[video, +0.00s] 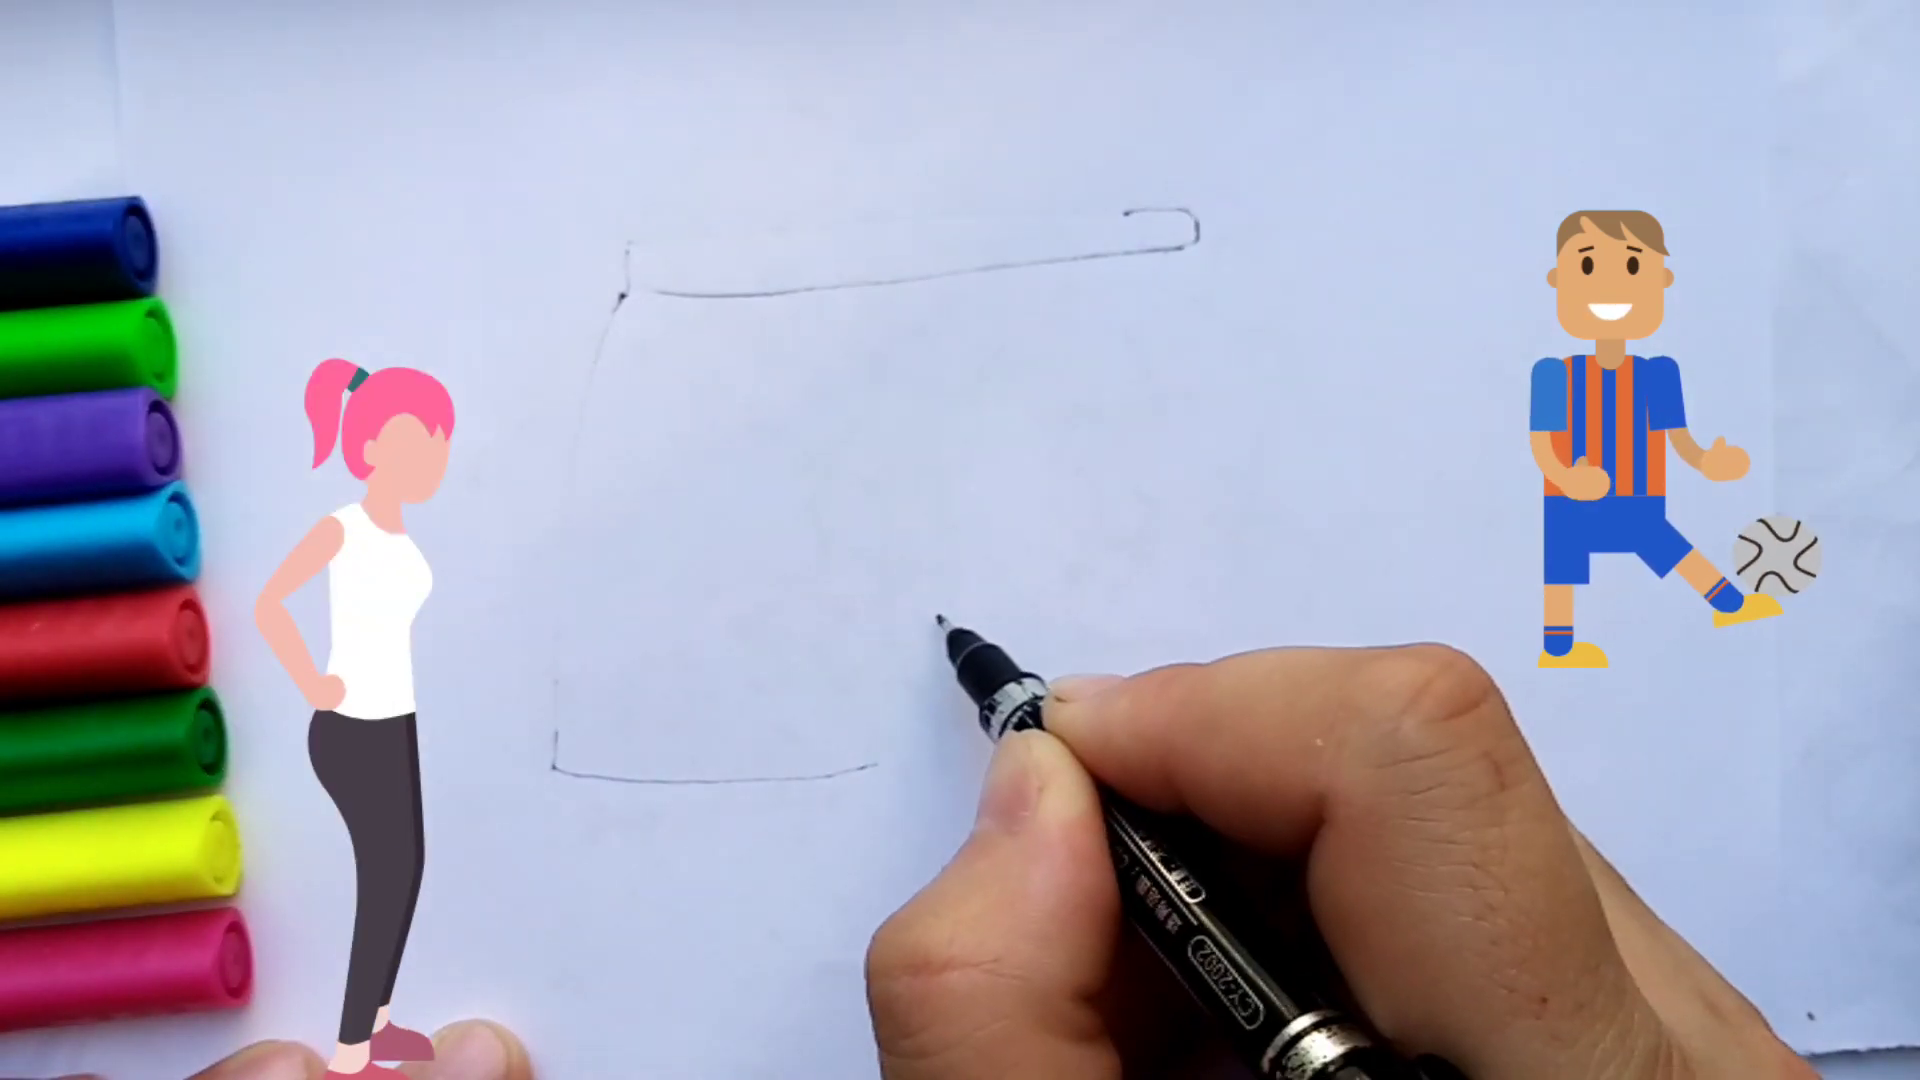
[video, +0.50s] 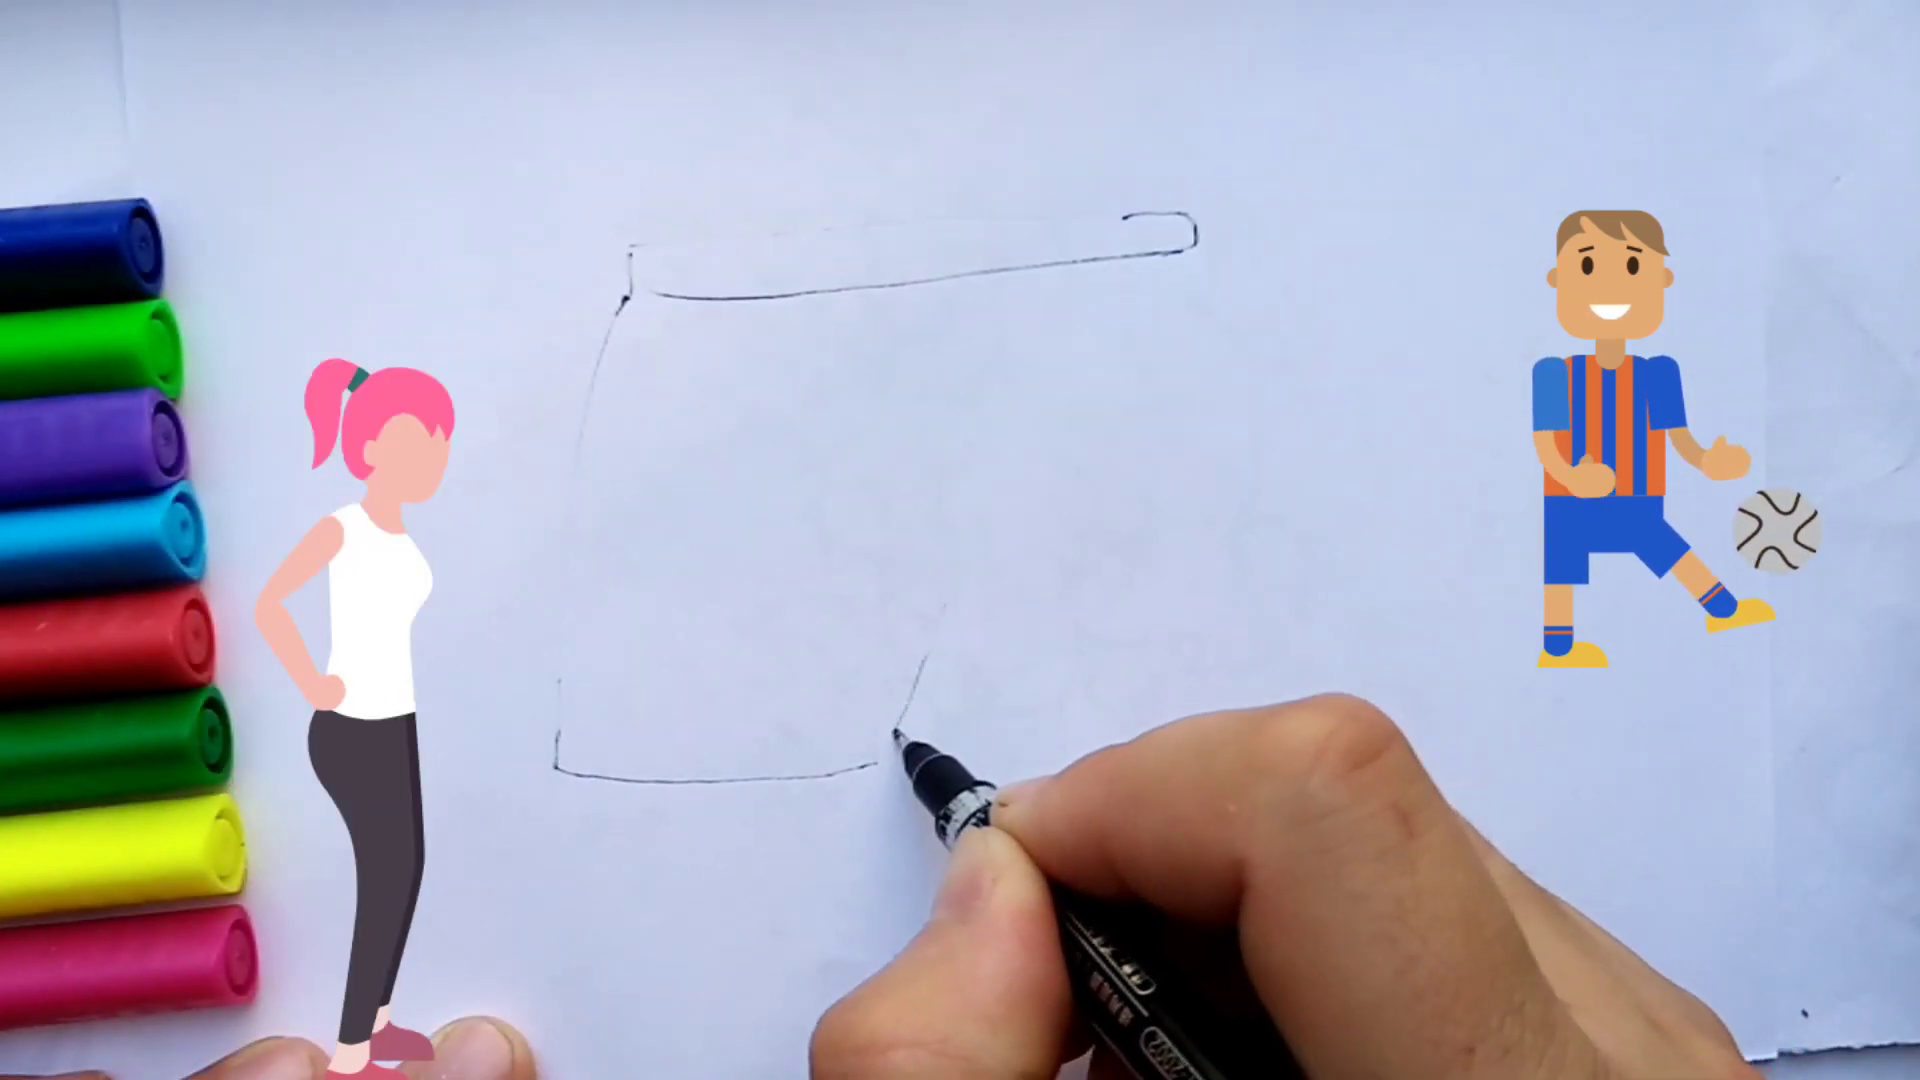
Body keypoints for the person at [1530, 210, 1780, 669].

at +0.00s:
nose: (1610, 287)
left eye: (1631, 267)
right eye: (1590, 267)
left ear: (1661, 283)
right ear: (1561, 283)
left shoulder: (1657, 374)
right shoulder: (1555, 375)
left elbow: (1680, 437)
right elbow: (1542, 442)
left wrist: (1707, 462)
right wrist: (1566, 479)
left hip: (1634, 505)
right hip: (1570, 508)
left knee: (1675, 551)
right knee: (1560, 572)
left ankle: (1729, 602)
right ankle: (1557, 646)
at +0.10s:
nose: (1610, 287)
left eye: (1632, 267)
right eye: (1589, 267)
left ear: (1661, 283)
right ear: (1560, 284)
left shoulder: (1656, 374)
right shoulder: (1555, 373)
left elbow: (1681, 436)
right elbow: (1545, 439)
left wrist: (1708, 462)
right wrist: (1570, 477)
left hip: (1632, 505)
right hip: (1569, 507)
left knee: (1670, 551)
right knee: (1561, 570)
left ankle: (1723, 607)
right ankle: (1557, 645)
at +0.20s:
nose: (1610, 287)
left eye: (1631, 267)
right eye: (1589, 266)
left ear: (1662, 283)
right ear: (1559, 283)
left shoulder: (1656, 374)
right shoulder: (1558, 373)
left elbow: (1683, 438)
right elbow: (1550, 441)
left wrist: (1710, 462)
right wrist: (1579, 474)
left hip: (1631, 506)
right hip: (1570, 506)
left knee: (1665, 552)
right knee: (1562, 569)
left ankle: (1713, 615)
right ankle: (1558, 646)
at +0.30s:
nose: (1610, 287)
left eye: (1631, 266)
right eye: (1589, 267)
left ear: (1662, 283)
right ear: (1558, 283)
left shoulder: (1655, 373)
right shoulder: (1560, 373)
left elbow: (1681, 434)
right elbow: (1554, 439)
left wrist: (1710, 460)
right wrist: (1582, 470)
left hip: (1630, 505)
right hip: (1570, 506)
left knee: (1663, 554)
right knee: (1561, 570)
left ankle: (1707, 622)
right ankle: (1557, 647)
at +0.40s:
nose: (1610, 287)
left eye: (1631, 267)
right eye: (1589, 266)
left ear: (1662, 283)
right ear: (1559, 283)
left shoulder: (1656, 374)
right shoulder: (1559, 373)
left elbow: (1684, 438)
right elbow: (1551, 442)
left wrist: (1711, 462)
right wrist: (1579, 475)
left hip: (1631, 506)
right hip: (1570, 507)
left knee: (1664, 551)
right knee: (1562, 568)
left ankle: (1713, 615)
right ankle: (1558, 646)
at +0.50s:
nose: (1610, 287)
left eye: (1631, 267)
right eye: (1589, 267)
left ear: (1661, 283)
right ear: (1561, 284)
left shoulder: (1657, 373)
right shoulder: (1555, 374)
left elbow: (1681, 436)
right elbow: (1546, 440)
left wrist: (1708, 462)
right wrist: (1570, 477)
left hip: (1633, 505)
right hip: (1569, 507)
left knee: (1671, 552)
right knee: (1561, 572)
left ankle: (1722, 607)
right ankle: (1557, 646)